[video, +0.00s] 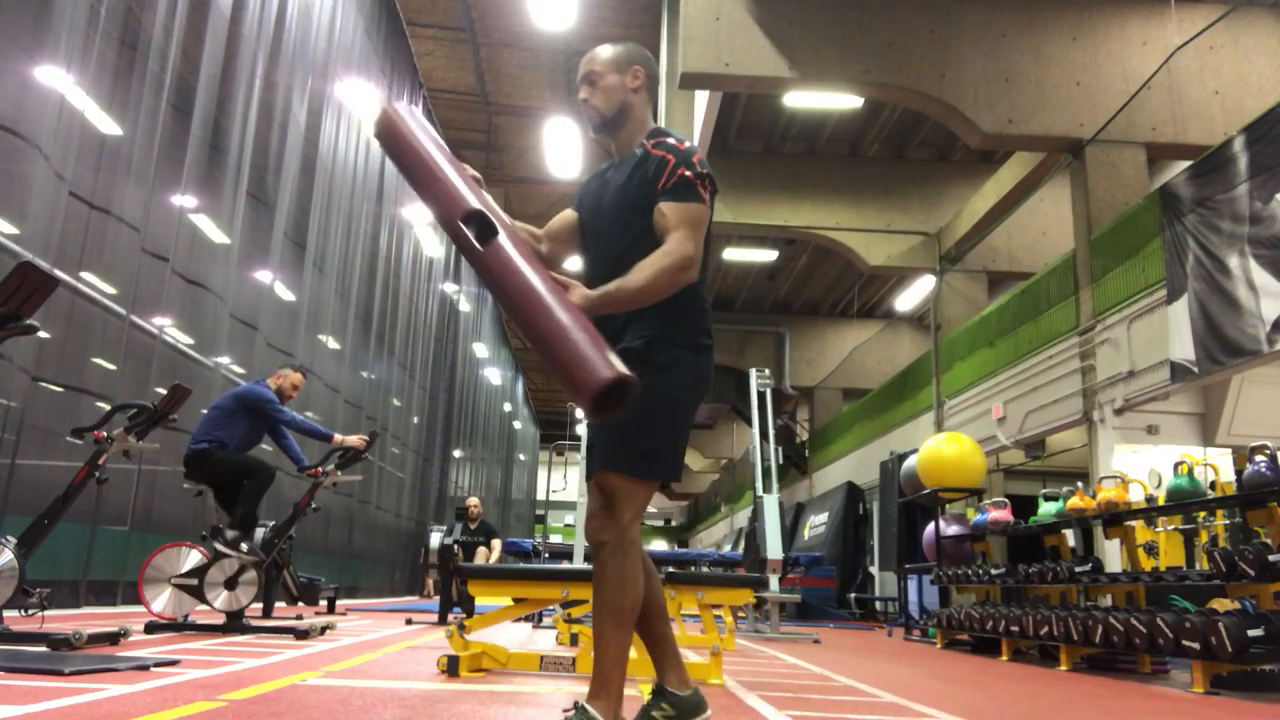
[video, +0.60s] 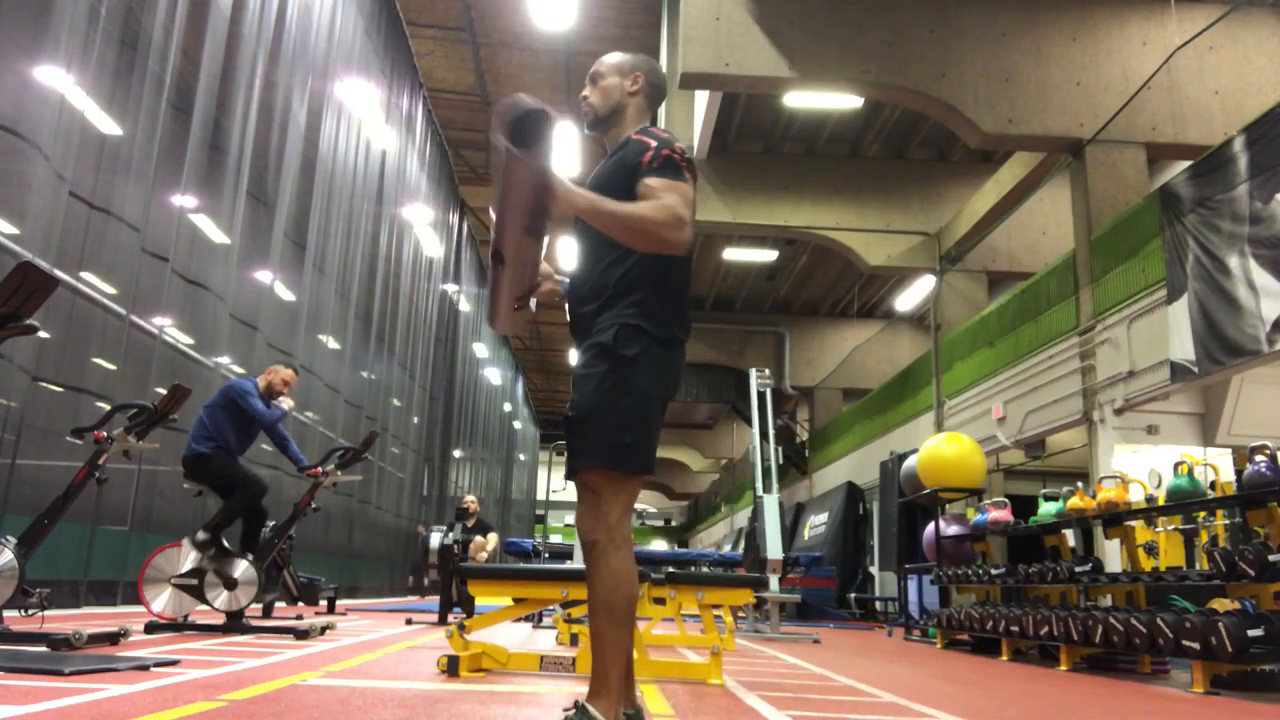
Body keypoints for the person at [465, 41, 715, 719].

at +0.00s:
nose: (581, 94)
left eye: (593, 79)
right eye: (579, 85)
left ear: (638, 82)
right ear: (592, 97)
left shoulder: (674, 157)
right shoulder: (598, 186)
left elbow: (684, 256)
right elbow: (545, 246)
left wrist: (594, 297)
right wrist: (485, 209)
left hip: (663, 359)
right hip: (619, 361)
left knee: (611, 521)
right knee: (611, 529)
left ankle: (602, 707)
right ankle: (679, 690)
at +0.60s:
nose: (582, 95)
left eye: (595, 82)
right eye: (585, 85)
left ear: (634, 86)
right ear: (623, 89)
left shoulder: (655, 147)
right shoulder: (614, 165)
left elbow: (674, 229)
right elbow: (617, 281)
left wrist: (568, 195)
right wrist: (560, 289)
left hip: (632, 354)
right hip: (609, 353)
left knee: (604, 525)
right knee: (599, 525)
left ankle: (609, 703)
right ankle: (616, 698)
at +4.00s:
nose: (595, 96)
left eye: (603, 82)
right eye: (593, 87)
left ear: (644, 70)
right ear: (643, 76)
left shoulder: (656, 129)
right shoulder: (647, 138)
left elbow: (563, 196)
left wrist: (457, 204)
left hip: (650, 345)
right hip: (619, 339)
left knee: (601, 528)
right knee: (491, 397)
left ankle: (614, 707)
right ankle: (573, 529)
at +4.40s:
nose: (587, 78)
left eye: (596, 67)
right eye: (588, 70)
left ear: (636, 56)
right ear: (648, 64)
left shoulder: (624, 97)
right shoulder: (690, 142)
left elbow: (489, 72)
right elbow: (730, 165)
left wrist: (460, 30)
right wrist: (669, 137)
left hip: (625, 323)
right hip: (588, 317)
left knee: (597, 533)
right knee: (456, 324)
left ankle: (613, 706)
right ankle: (400, 480)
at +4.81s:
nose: (582, 75)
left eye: (587, 64)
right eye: (584, 67)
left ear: (622, 56)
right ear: (644, 64)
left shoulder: (609, 97)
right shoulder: (692, 145)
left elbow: (492, 67)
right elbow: (733, 169)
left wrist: (476, 31)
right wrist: (677, 129)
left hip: (613, 322)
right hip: (602, 320)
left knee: (588, 530)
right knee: (453, 338)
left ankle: (612, 706)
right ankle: (404, 493)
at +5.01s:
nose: (583, 75)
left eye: (589, 65)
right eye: (585, 67)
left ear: (624, 57)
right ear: (645, 64)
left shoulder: (611, 98)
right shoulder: (694, 148)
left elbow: (489, 67)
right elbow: (734, 164)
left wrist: (471, 28)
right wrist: (677, 123)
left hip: (611, 324)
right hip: (598, 321)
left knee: (588, 529)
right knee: (453, 337)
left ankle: (613, 707)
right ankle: (409, 495)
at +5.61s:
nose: (595, 85)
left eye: (603, 71)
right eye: (594, 74)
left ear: (643, 60)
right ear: (652, 68)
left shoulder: (629, 114)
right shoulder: (697, 154)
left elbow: (504, 131)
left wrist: (425, 115)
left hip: (621, 334)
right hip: (612, 330)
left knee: (586, 530)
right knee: (472, 395)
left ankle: (614, 708)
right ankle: (523, 548)